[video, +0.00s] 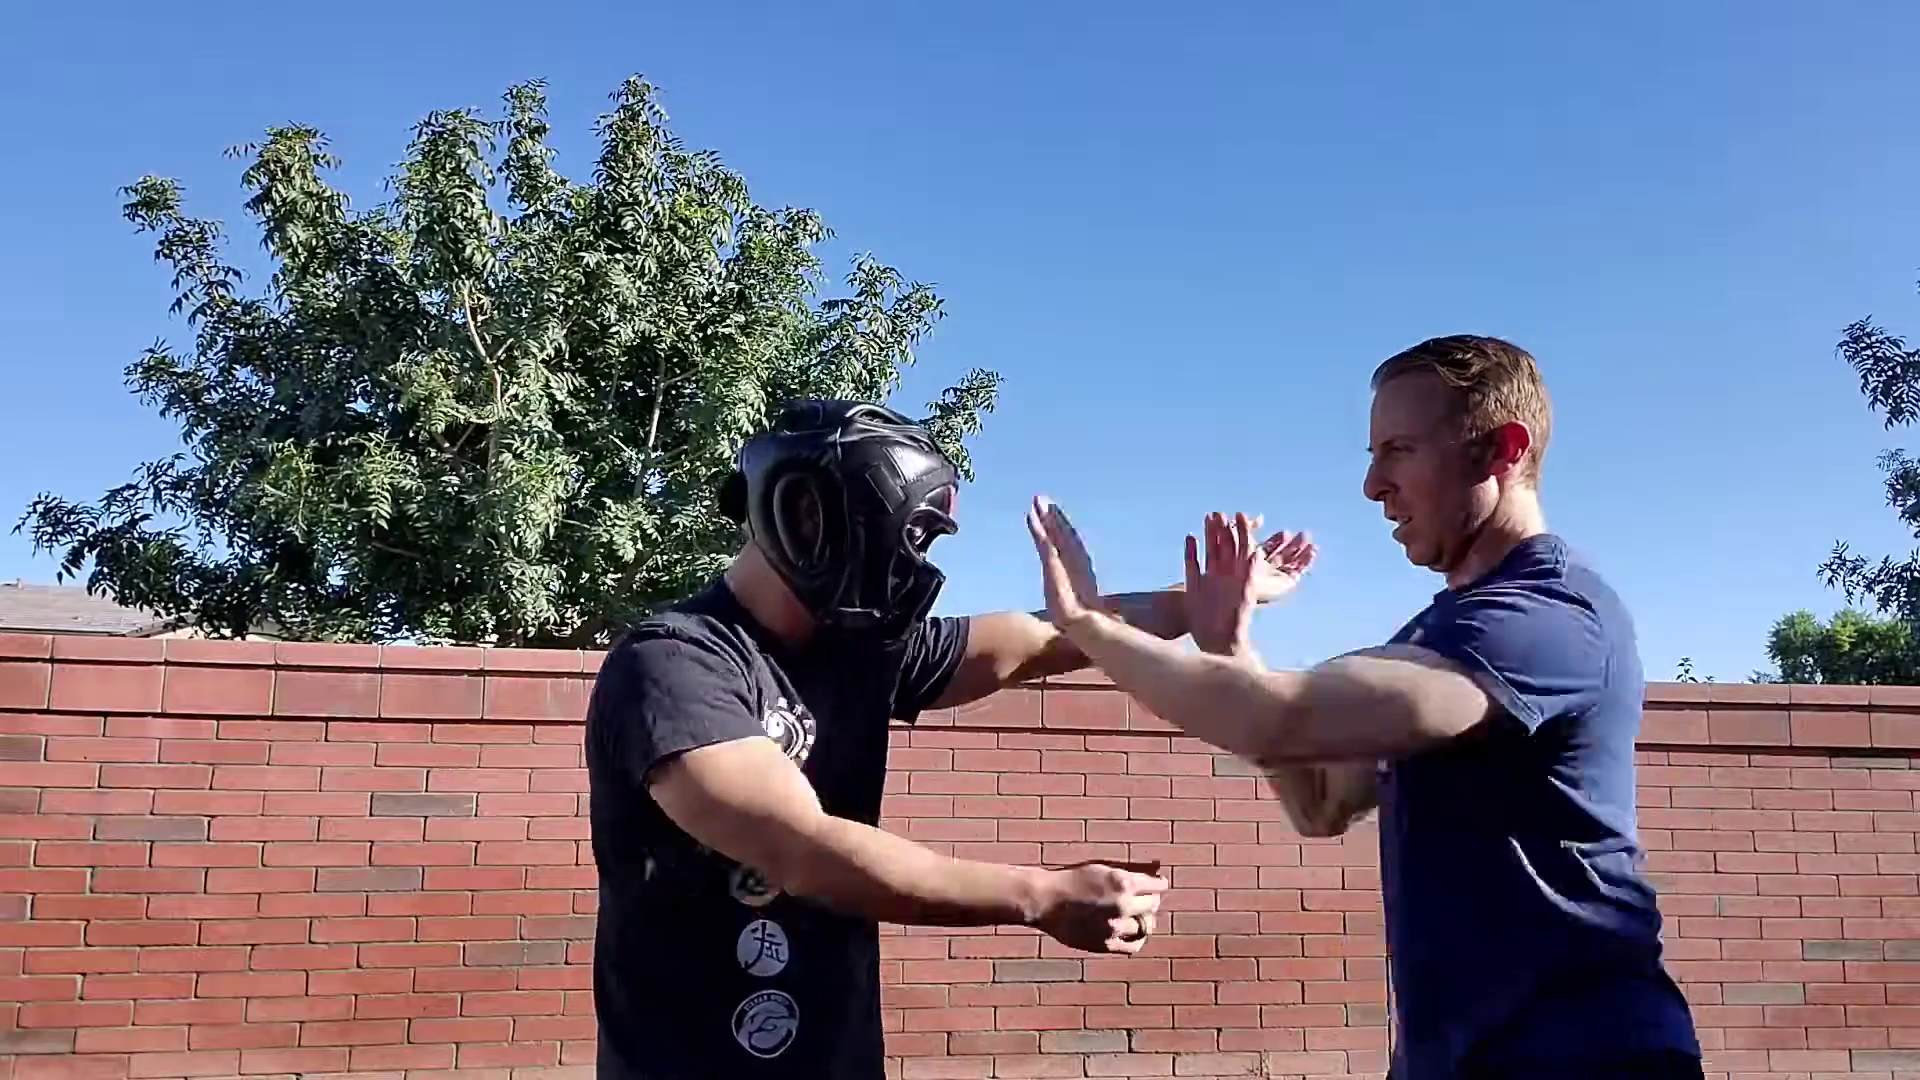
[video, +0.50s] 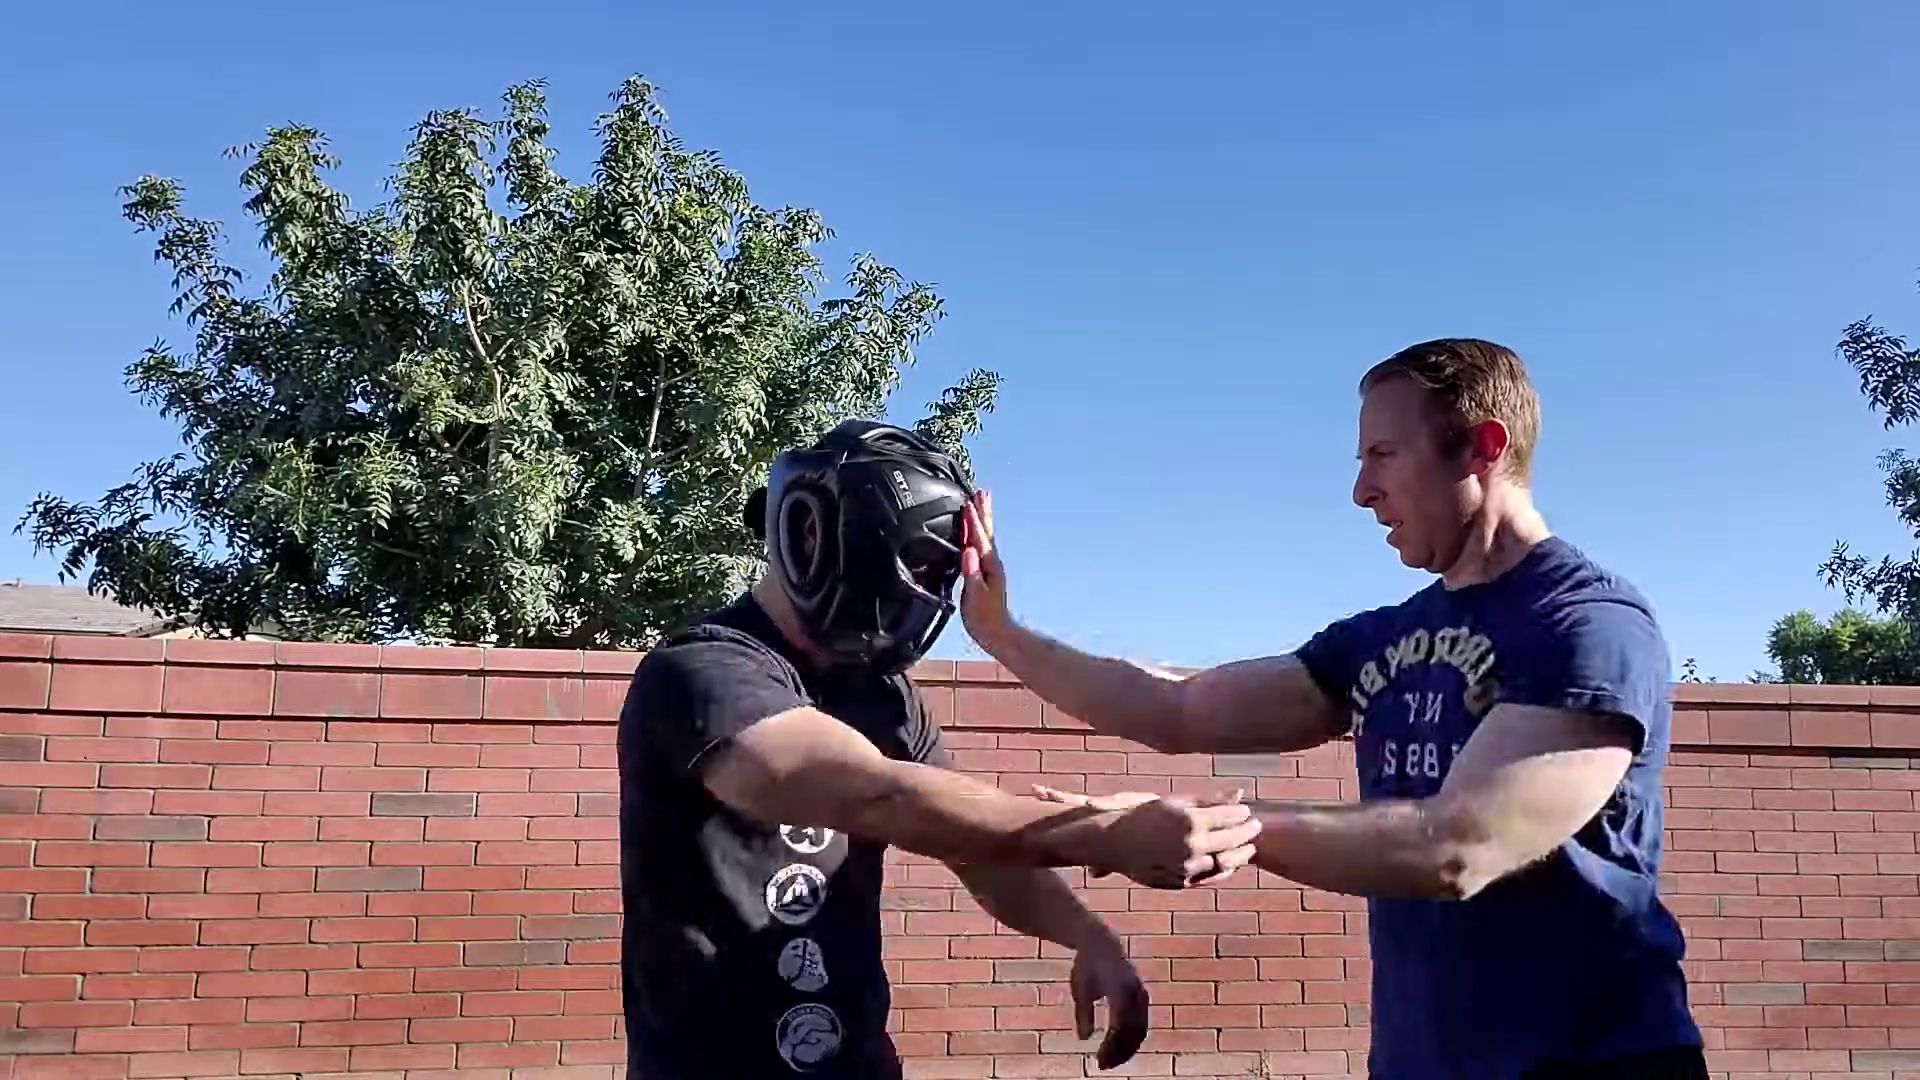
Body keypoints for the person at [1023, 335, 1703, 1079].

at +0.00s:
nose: (1371, 482)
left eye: (1397, 451)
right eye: (1375, 454)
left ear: (1504, 453)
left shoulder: (1553, 612)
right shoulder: (1441, 628)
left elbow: (1275, 719)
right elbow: (1322, 809)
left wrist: (1091, 627)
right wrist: (1226, 639)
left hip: (1573, 1047)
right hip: (1444, 1047)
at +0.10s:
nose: (1373, 488)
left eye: (1394, 455)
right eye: (1375, 459)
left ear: (1499, 454)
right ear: (1492, 459)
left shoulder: (1505, 605)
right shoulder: (1519, 604)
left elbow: (1178, 615)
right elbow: (1378, 805)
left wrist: (986, 559)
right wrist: (1258, 675)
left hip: (1522, 1041)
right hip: (1465, 1036)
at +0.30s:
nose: (1346, 483)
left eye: (1367, 450)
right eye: (1351, 453)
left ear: (1463, 448)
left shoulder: (1515, 615)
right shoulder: (1421, 628)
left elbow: (1269, 771)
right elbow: (1261, 741)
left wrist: (1126, 623)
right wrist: (1105, 607)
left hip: (1520, 1042)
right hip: (1413, 1041)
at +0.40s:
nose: (1355, 484)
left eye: (1374, 451)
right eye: (1358, 455)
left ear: (1471, 449)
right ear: (1464, 453)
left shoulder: (1567, 618)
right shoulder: (1380, 630)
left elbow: (1409, 837)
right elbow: (1174, 692)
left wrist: (1219, 783)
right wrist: (1001, 613)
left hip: (1547, 1049)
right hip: (1390, 1052)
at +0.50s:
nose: (1361, 490)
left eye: (1383, 457)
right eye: (1363, 461)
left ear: (1485, 453)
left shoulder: (1594, 626)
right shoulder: (1383, 641)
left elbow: (1455, 850)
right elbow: (1178, 709)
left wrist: (1242, 832)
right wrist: (1001, 635)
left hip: (1588, 1051)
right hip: (1420, 1053)